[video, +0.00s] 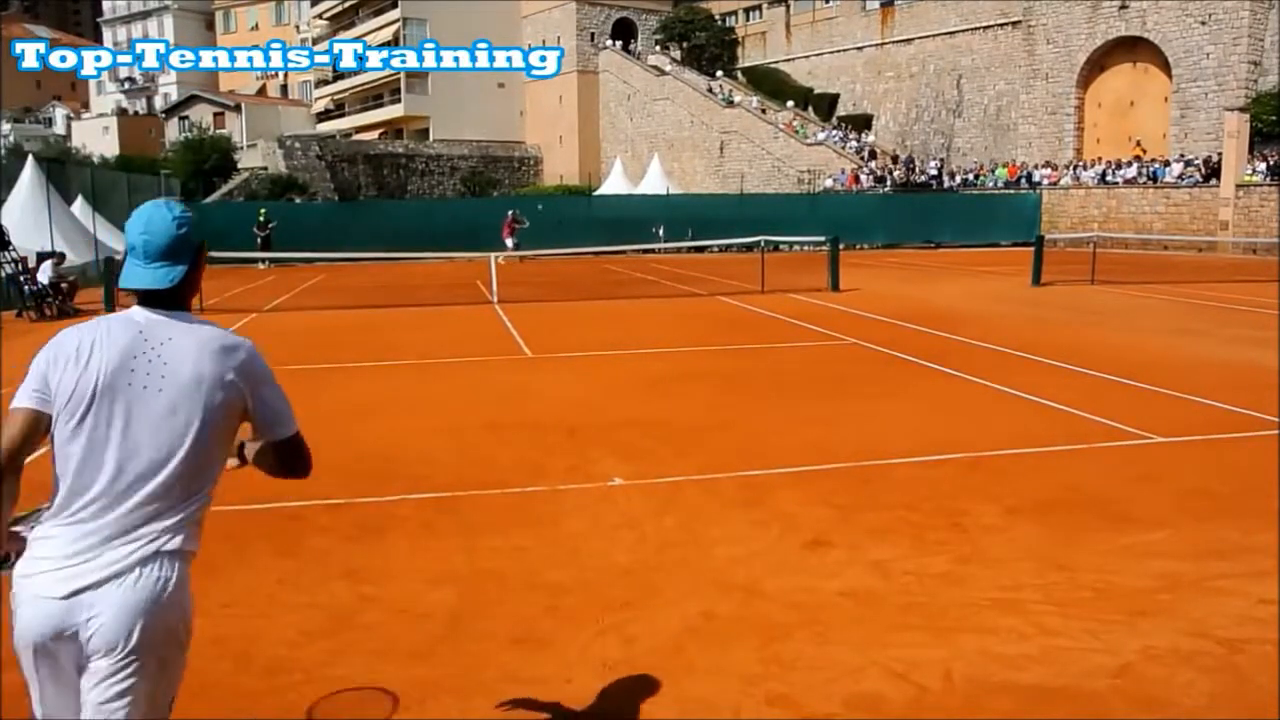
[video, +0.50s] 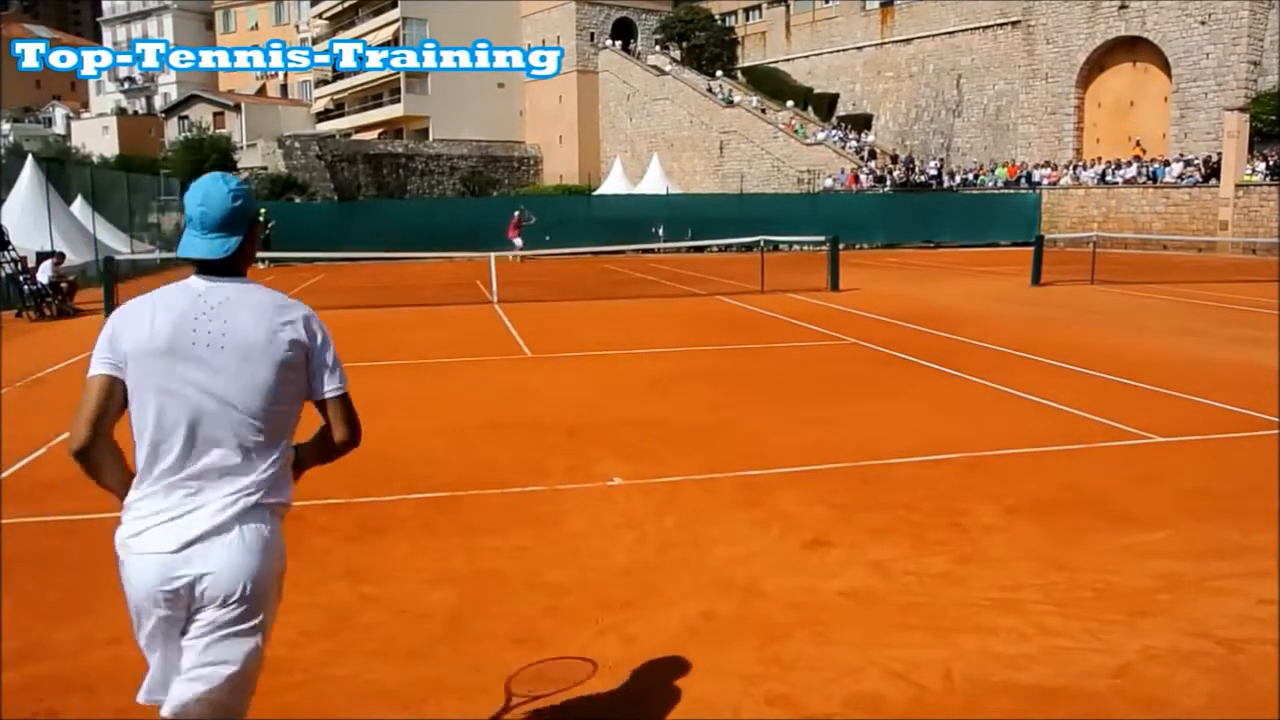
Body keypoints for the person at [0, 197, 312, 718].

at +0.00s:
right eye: (198, 264)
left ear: (127, 265)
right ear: (196, 270)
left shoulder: (68, 345)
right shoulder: (229, 353)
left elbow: (8, 453)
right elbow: (295, 462)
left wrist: (4, 535)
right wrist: (247, 450)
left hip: (43, 592)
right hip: (141, 599)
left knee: (56, 711)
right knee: (115, 711)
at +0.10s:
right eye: (214, 248)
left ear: (142, 249)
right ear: (210, 255)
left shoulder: (85, 333)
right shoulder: (246, 337)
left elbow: (18, 449)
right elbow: (309, 445)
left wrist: (28, 524)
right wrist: (257, 446)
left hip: (69, 573)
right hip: (166, 581)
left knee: (78, 707)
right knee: (133, 711)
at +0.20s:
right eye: (223, 239)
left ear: (155, 240)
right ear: (223, 246)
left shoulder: (101, 323)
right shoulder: (262, 326)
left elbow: (40, 446)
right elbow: (321, 433)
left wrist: (69, 524)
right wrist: (264, 447)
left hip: (97, 559)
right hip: (193, 565)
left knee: (108, 700)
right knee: (145, 710)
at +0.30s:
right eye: (238, 235)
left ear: (170, 237)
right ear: (238, 241)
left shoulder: (117, 317)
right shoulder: (279, 320)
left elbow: (62, 440)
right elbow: (333, 430)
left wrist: (107, 510)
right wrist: (279, 451)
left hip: (124, 549)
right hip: (220, 551)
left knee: (143, 703)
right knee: (164, 711)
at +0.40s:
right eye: (238, 235)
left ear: (171, 237)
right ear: (238, 241)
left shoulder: (117, 317)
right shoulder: (279, 320)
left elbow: (62, 440)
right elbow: (333, 430)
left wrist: (107, 510)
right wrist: (279, 451)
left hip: (124, 550)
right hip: (220, 551)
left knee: (143, 703)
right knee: (164, 711)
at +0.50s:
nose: (256, 239)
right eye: (254, 232)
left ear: (187, 235)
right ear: (252, 239)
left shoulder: (132, 318)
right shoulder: (293, 319)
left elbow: (85, 440)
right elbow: (344, 432)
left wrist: (139, 495)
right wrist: (291, 459)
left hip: (148, 547)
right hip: (242, 548)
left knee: (175, 704)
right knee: (201, 710)